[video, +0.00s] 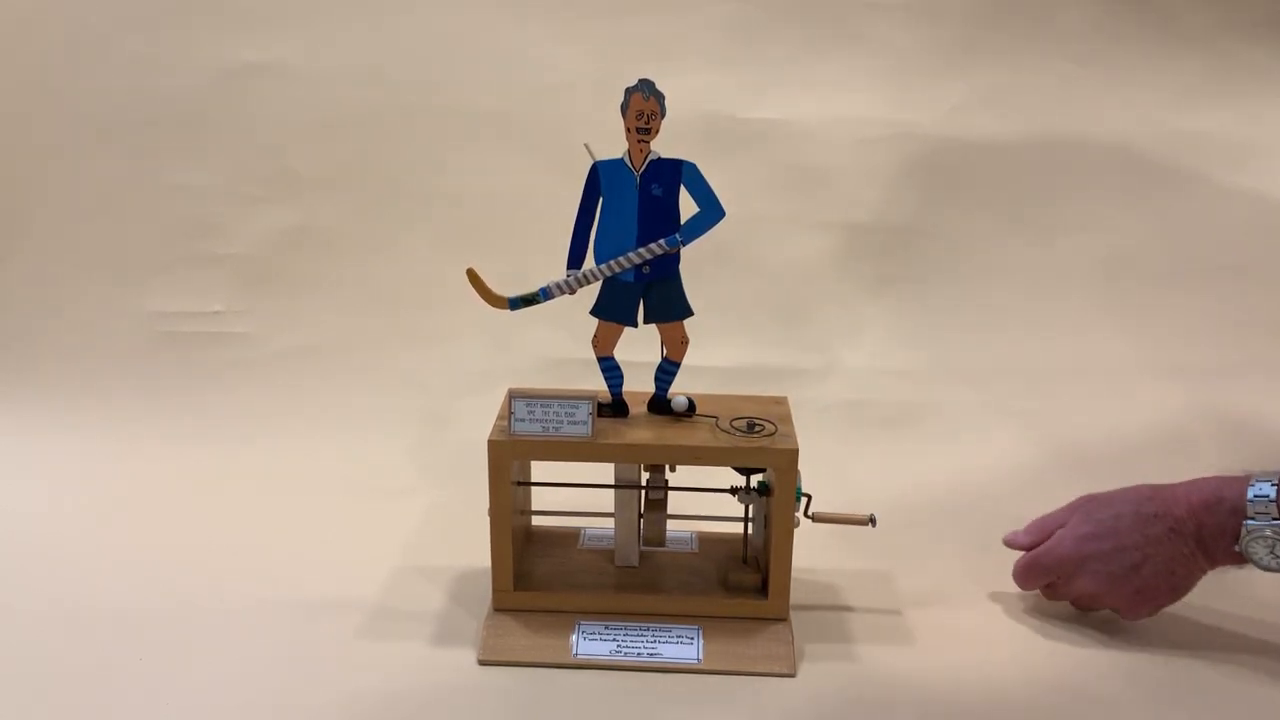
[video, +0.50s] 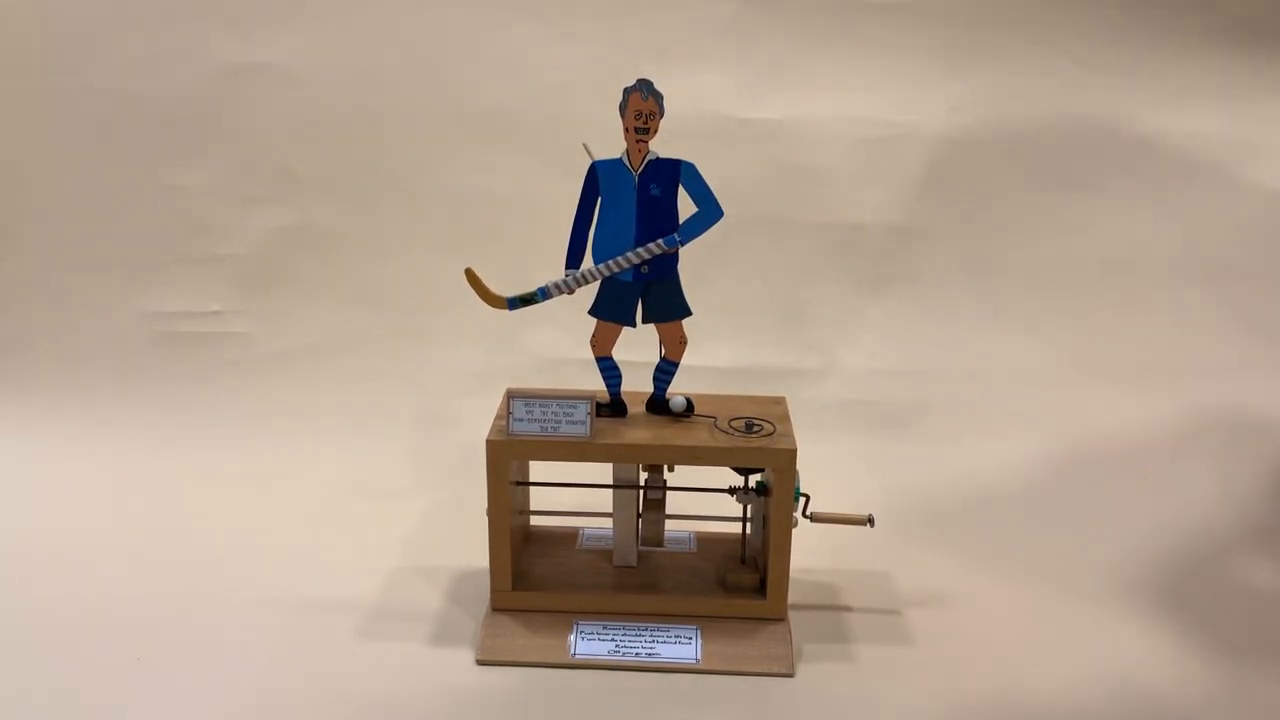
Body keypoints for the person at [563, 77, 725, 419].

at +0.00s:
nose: (645, 120)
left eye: (652, 114)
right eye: (638, 113)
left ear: (661, 122)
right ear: (623, 118)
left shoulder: (677, 170)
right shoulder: (602, 171)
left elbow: (714, 211)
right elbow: (583, 225)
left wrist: (677, 241)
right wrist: (573, 273)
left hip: (662, 276)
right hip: (619, 276)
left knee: (677, 344)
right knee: (602, 344)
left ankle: (660, 400)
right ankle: (617, 401)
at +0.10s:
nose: (645, 121)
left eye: (652, 114)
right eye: (638, 113)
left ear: (661, 121)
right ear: (623, 118)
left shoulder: (677, 170)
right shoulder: (602, 171)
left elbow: (714, 211)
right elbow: (583, 224)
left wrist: (676, 241)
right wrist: (573, 272)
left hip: (662, 276)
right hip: (619, 276)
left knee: (677, 343)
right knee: (602, 344)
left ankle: (659, 400)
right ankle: (617, 400)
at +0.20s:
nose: (644, 121)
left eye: (652, 115)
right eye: (638, 113)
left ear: (660, 121)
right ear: (623, 118)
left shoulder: (677, 170)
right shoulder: (601, 171)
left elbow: (714, 211)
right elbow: (582, 225)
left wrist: (676, 241)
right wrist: (572, 273)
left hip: (661, 277)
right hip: (618, 277)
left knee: (676, 343)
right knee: (601, 344)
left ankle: (659, 400)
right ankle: (616, 401)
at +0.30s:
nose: (644, 121)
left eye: (651, 115)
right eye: (637, 114)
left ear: (660, 122)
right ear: (622, 119)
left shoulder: (676, 170)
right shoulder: (601, 172)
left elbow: (714, 211)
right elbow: (582, 225)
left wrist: (675, 241)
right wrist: (572, 273)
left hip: (661, 276)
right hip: (618, 276)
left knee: (676, 343)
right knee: (601, 344)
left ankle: (658, 400)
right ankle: (616, 401)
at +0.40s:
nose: (644, 121)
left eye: (651, 115)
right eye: (637, 114)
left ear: (660, 122)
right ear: (622, 119)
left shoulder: (676, 170)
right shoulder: (601, 171)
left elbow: (713, 211)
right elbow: (582, 225)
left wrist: (675, 241)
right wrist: (572, 273)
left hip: (661, 277)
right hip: (617, 277)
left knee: (676, 343)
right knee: (601, 344)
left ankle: (658, 400)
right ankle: (615, 401)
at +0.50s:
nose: (643, 121)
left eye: (651, 115)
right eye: (637, 113)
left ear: (660, 121)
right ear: (622, 118)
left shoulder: (676, 170)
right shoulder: (601, 171)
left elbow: (713, 211)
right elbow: (581, 225)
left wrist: (675, 241)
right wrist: (571, 273)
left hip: (661, 277)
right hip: (617, 277)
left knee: (675, 343)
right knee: (600, 344)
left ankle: (658, 400)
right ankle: (615, 401)